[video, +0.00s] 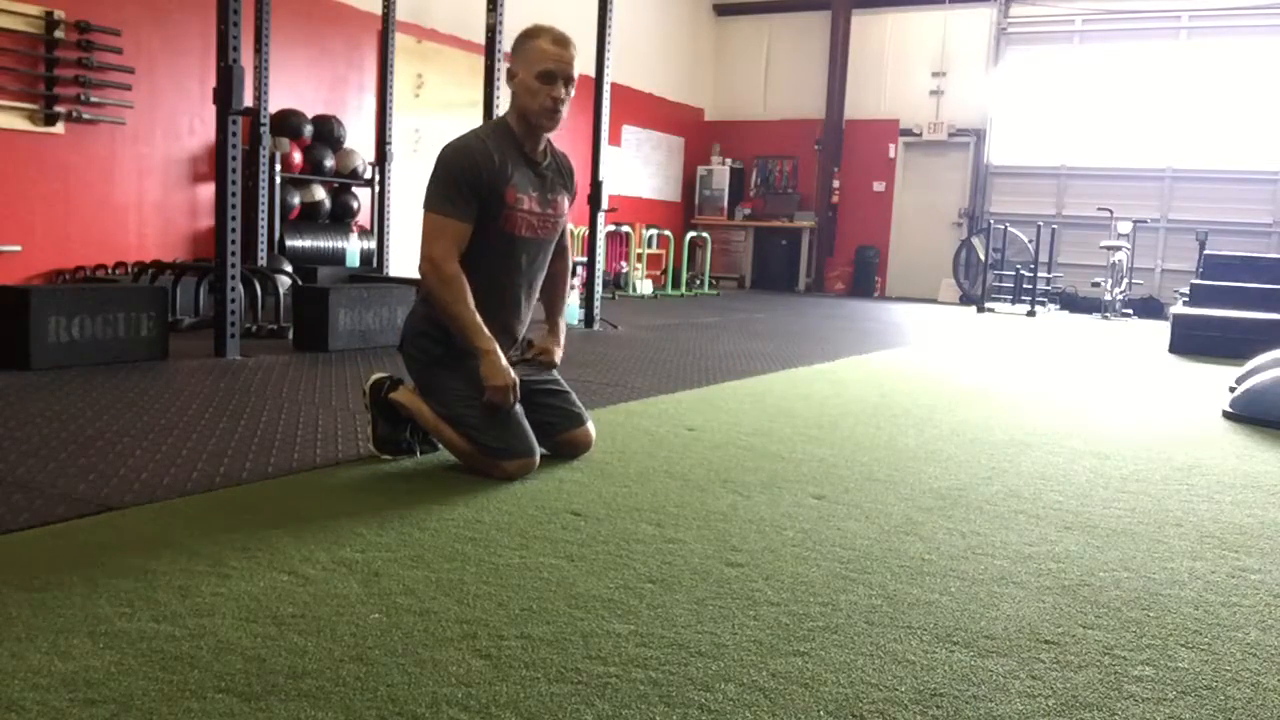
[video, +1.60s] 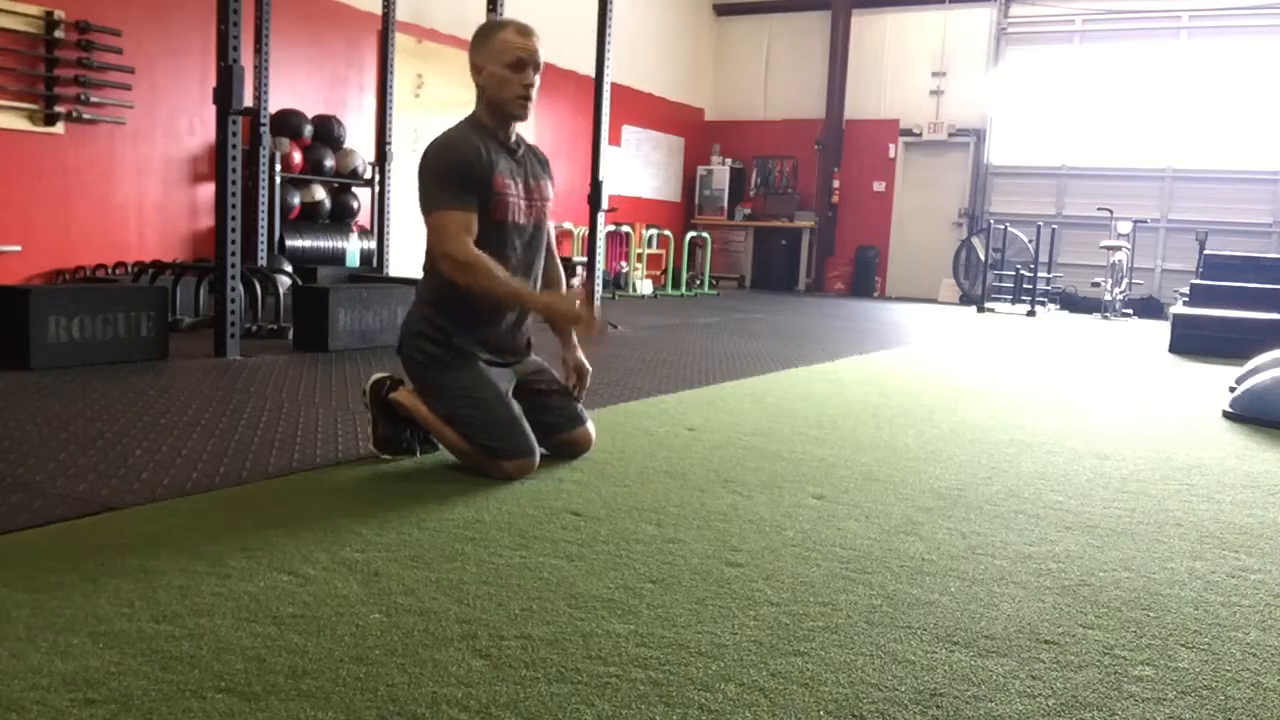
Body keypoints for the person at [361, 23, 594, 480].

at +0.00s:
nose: (559, 93)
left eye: (567, 83)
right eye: (546, 79)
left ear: (574, 89)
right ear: (512, 76)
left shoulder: (561, 170)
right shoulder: (469, 156)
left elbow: (558, 250)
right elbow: (437, 265)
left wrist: (554, 332)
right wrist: (489, 352)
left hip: (510, 342)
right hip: (445, 344)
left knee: (574, 439)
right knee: (514, 463)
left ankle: (445, 411)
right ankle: (398, 398)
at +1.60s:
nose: (531, 79)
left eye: (536, 68)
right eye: (517, 64)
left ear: (540, 77)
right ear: (478, 71)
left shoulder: (537, 163)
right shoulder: (454, 151)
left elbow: (545, 257)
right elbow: (452, 253)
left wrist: (569, 343)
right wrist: (539, 302)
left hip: (506, 345)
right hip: (446, 347)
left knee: (574, 440)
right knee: (514, 462)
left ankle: (444, 411)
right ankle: (399, 400)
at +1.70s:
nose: (529, 79)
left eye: (532, 68)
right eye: (515, 65)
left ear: (535, 75)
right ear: (474, 71)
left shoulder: (531, 162)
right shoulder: (451, 150)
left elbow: (541, 261)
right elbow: (464, 253)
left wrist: (575, 337)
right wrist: (562, 252)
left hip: (507, 346)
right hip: (446, 349)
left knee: (575, 440)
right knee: (514, 463)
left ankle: (447, 406)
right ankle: (399, 399)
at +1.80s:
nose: (528, 78)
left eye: (531, 66)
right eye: (513, 65)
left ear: (534, 73)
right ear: (472, 71)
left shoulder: (528, 162)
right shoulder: (450, 150)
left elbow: (540, 252)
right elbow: (481, 246)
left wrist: (583, 304)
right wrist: (568, 198)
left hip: (508, 347)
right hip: (447, 349)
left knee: (573, 439)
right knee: (514, 463)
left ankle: (443, 410)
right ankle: (398, 399)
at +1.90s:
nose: (530, 80)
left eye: (532, 68)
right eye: (517, 66)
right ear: (474, 73)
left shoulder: (528, 161)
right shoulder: (452, 149)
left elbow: (546, 256)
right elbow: (490, 239)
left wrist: (594, 242)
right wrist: (553, 172)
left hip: (509, 347)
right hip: (447, 350)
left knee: (574, 439)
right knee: (514, 462)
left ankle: (442, 409)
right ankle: (400, 400)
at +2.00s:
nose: (531, 78)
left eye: (534, 66)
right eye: (518, 65)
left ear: (537, 73)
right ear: (475, 71)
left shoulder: (521, 155)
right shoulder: (450, 147)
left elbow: (565, 253)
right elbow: (495, 234)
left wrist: (590, 184)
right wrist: (540, 158)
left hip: (508, 346)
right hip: (447, 348)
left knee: (573, 439)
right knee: (514, 462)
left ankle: (443, 411)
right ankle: (398, 400)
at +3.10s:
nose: (543, 76)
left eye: (552, 66)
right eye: (529, 61)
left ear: (558, 77)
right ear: (497, 69)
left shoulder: (557, 164)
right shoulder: (468, 144)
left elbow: (578, 263)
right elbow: (471, 238)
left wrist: (607, 210)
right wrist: (564, 202)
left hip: (517, 341)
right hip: (453, 343)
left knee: (573, 443)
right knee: (515, 463)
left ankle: (449, 406)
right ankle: (402, 398)